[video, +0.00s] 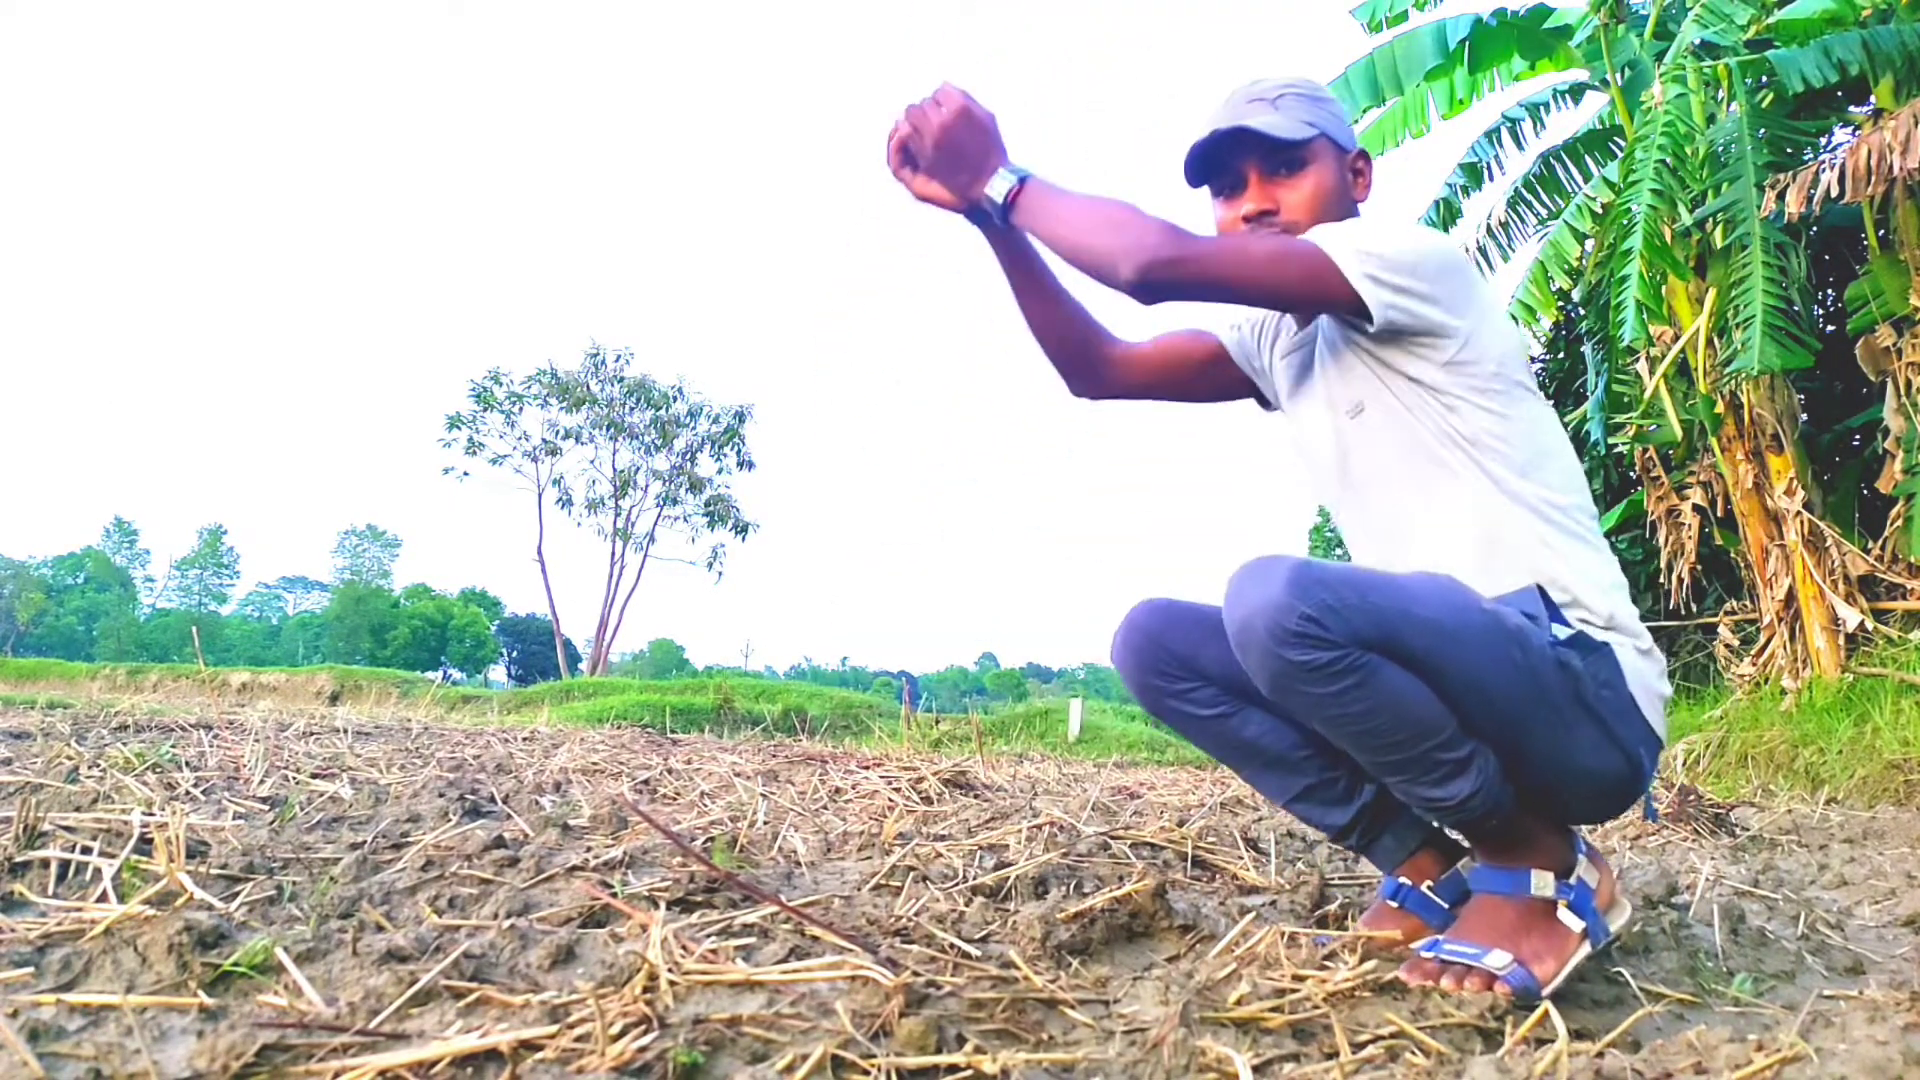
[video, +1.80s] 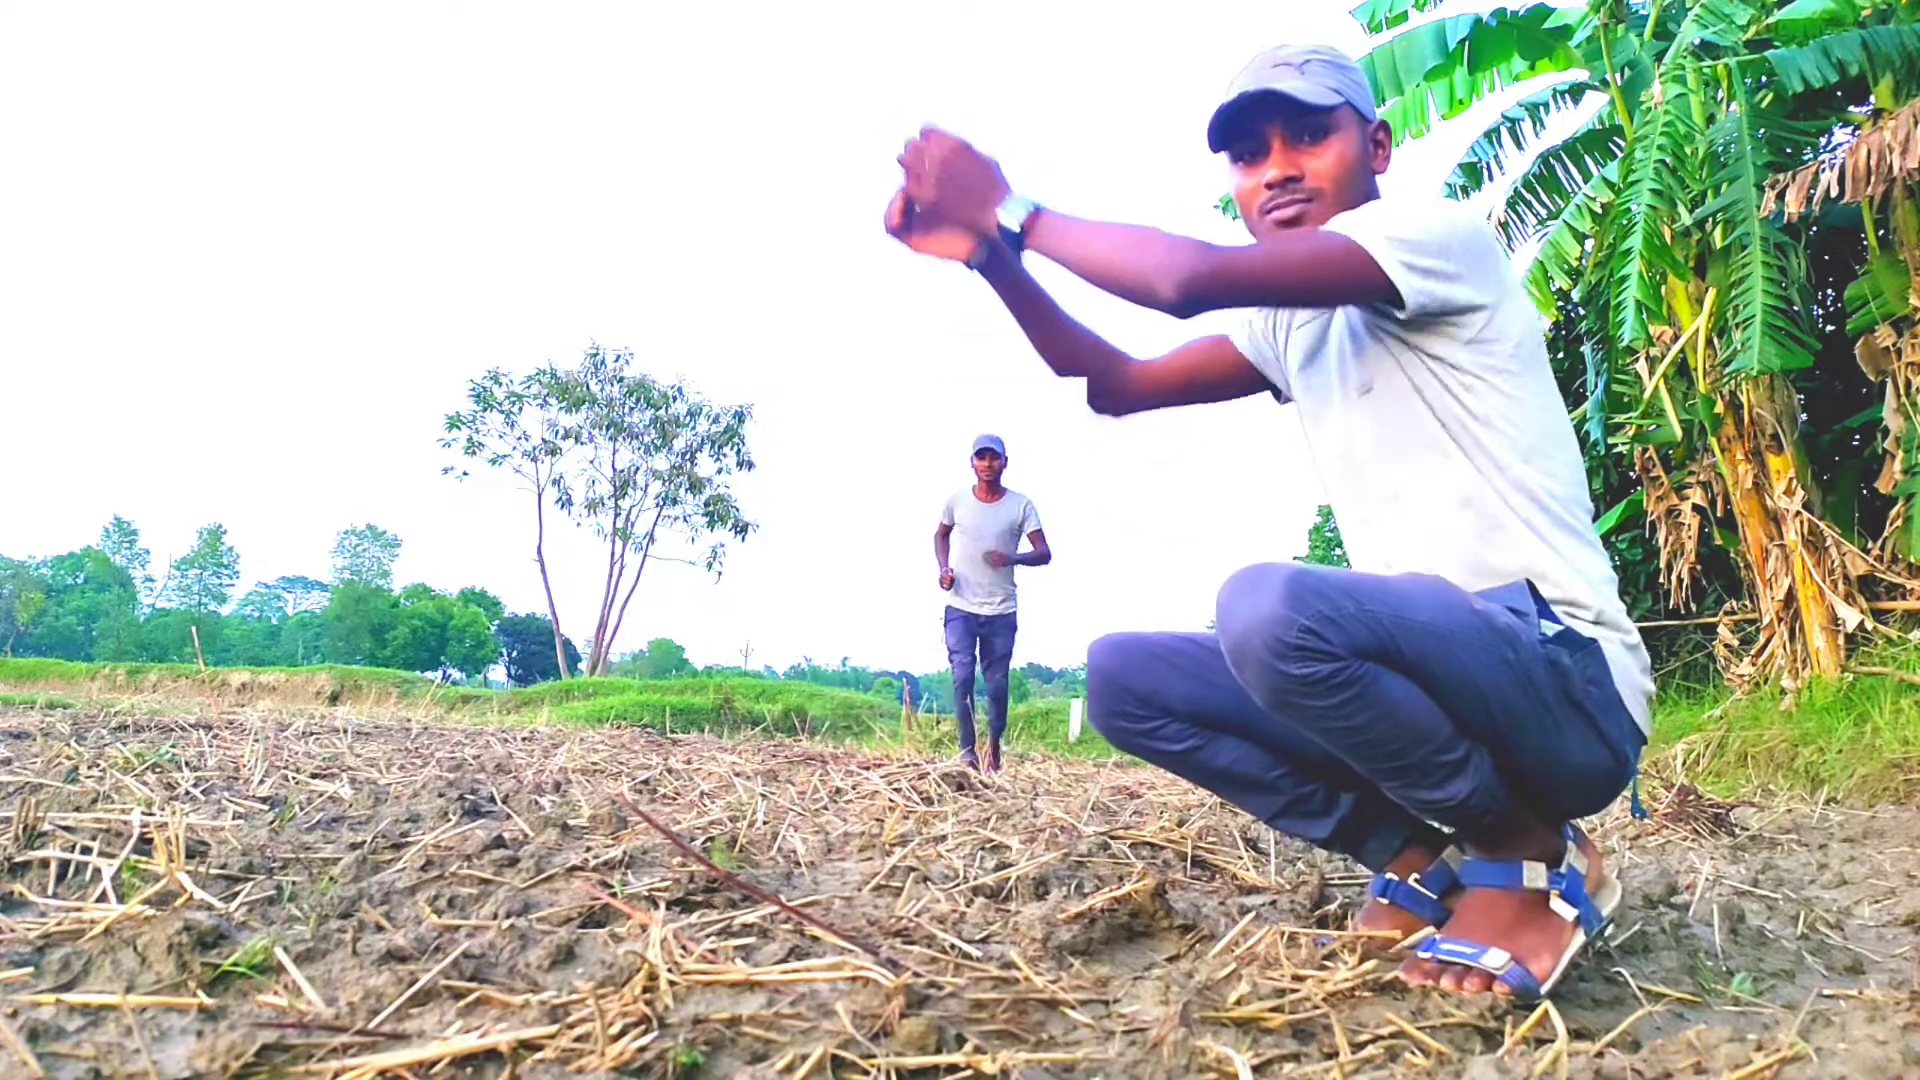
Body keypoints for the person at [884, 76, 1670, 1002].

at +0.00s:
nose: (1255, 199)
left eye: (1286, 164)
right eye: (1231, 185)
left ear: (1358, 173)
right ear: (1211, 209)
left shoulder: (1411, 262)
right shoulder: (1281, 340)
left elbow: (1155, 262)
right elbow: (1100, 368)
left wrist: (997, 182)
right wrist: (993, 217)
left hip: (1581, 685)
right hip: (1457, 697)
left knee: (1275, 603)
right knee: (1155, 642)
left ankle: (1534, 855)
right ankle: (1435, 856)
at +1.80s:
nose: (1275, 168)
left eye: (1309, 132)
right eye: (1247, 149)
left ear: (1379, 149)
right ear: (1231, 182)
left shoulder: (1443, 238)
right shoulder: (1296, 328)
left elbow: (1188, 278)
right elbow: (1117, 383)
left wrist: (1010, 213)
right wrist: (990, 256)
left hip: (1566, 669)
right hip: (1434, 682)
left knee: (1271, 612)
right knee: (1125, 682)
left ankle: (1522, 859)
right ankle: (1424, 854)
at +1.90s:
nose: (1281, 160)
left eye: (1313, 129)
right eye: (1252, 143)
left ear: (1381, 147)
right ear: (1235, 185)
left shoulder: (1457, 246)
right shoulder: (1303, 346)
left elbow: (1296, 398)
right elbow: (1178, 501)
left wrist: (1079, 384)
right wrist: (1046, 458)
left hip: (1567, 676)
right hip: (1436, 699)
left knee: (1269, 612)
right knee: (1122, 682)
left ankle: (1518, 857)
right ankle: (1413, 855)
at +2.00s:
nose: (1272, 167)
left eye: (1302, 135)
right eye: (1241, 149)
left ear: (1364, 150)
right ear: (1219, 186)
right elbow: (1227, 556)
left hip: (1573, 683)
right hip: (1422, 706)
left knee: (1278, 608)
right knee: (1122, 677)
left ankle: (1518, 858)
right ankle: (1408, 850)